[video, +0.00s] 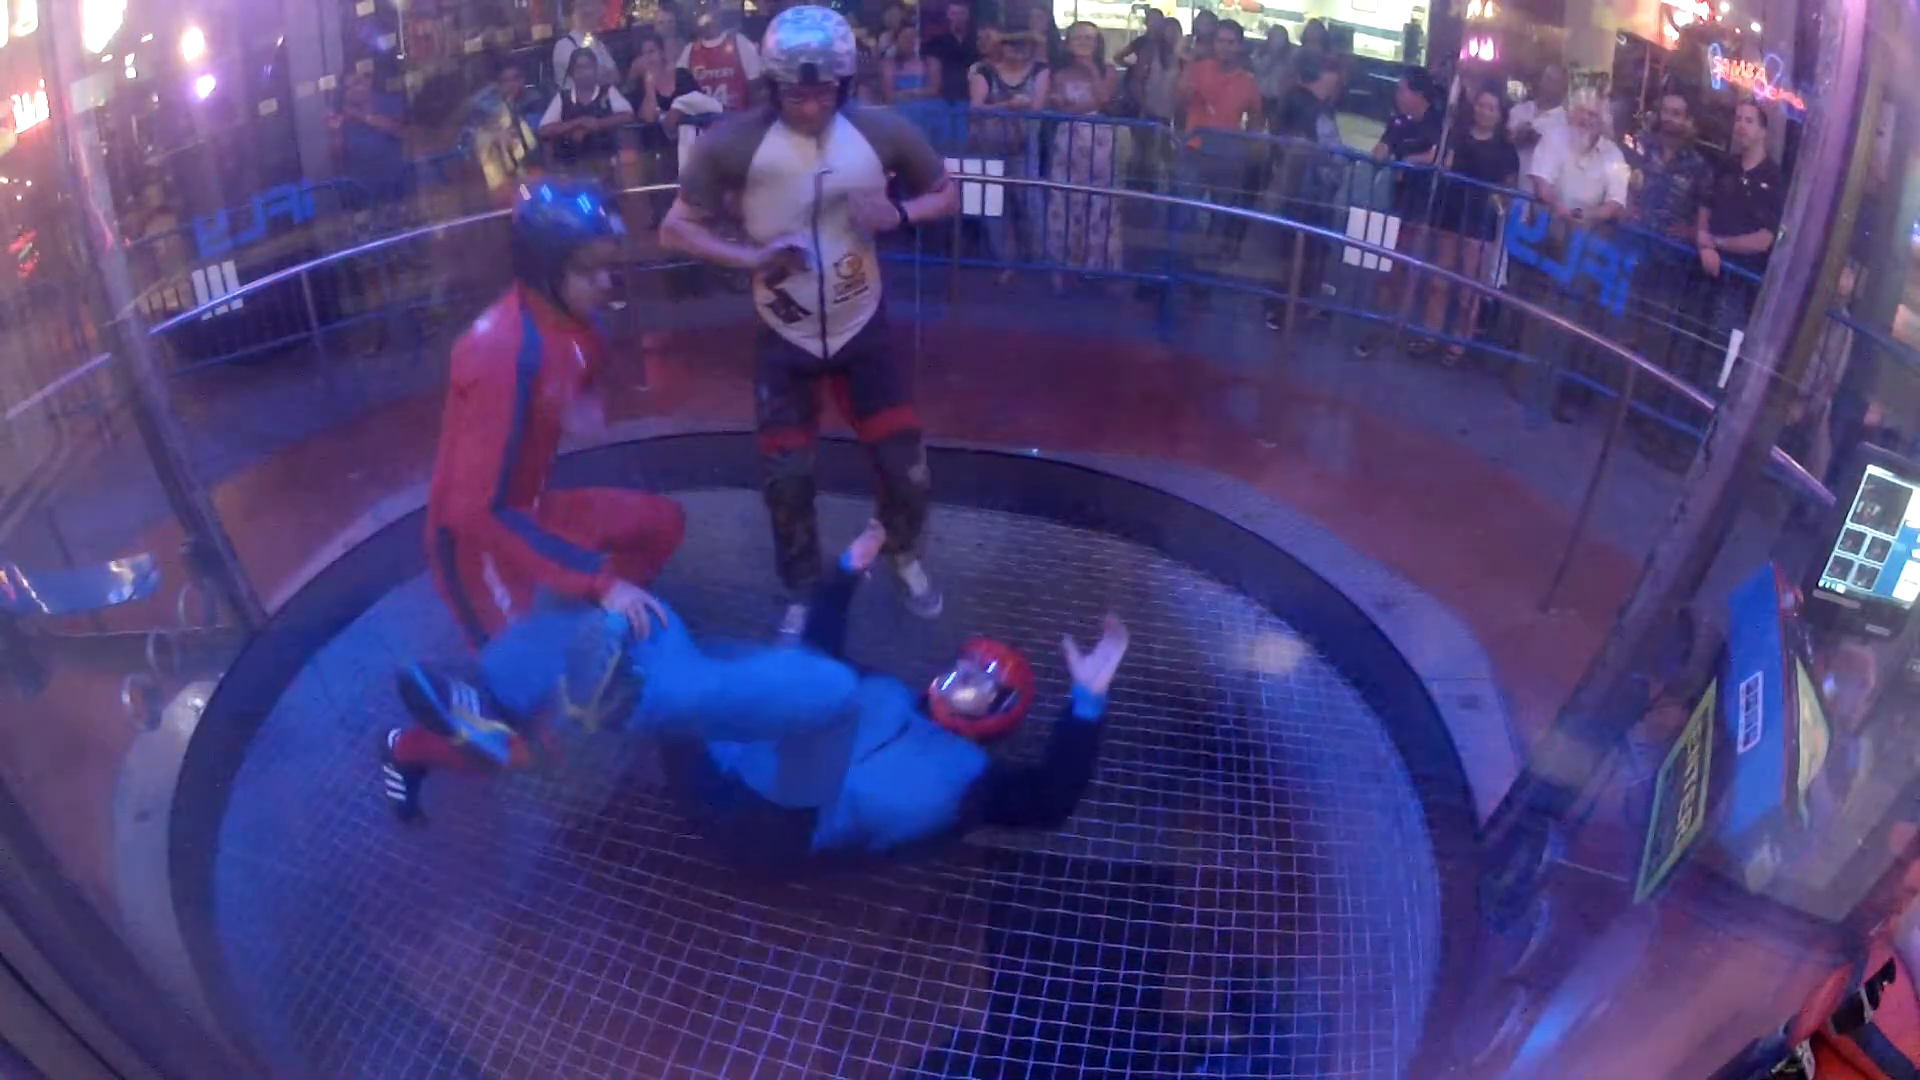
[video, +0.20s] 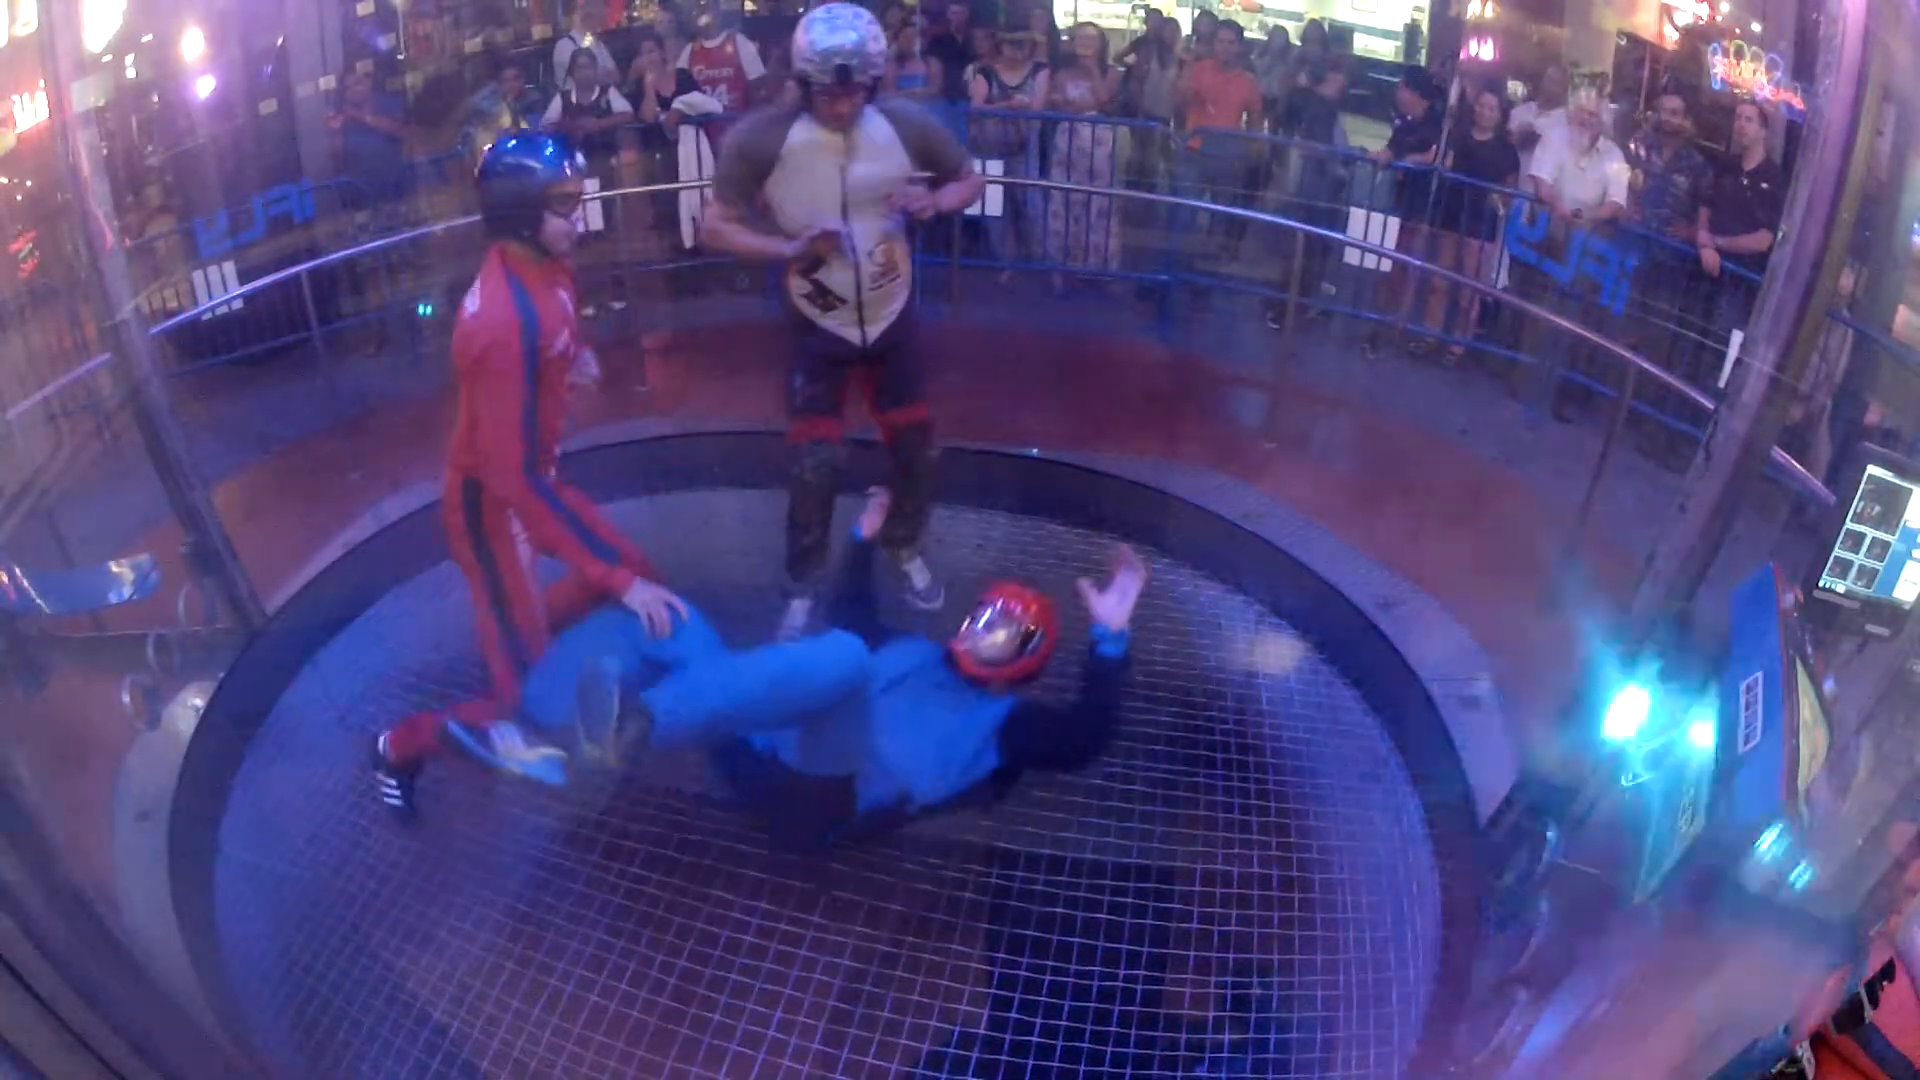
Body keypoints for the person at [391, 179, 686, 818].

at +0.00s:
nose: (607, 283)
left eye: (610, 268)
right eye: (592, 271)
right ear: (547, 269)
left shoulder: (566, 323)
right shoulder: (503, 353)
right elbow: (474, 513)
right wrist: (601, 585)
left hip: (532, 506)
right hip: (476, 542)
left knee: (660, 521)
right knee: (534, 727)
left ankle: (579, 652)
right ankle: (404, 750)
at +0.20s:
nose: (578, 221)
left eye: (578, 205)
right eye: (564, 210)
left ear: (530, 212)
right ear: (520, 216)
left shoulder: (548, 271)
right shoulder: (501, 319)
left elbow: (543, 346)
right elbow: (511, 478)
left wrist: (572, 361)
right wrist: (620, 581)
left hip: (536, 474)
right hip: (485, 503)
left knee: (632, 579)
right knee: (526, 698)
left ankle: (514, 634)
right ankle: (398, 747)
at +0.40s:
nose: (598, 211)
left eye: (597, 197)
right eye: (584, 201)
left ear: (549, 206)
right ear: (540, 210)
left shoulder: (547, 255)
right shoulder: (523, 310)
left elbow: (545, 306)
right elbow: (537, 473)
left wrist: (584, 308)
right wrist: (643, 573)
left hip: (540, 457)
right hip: (492, 488)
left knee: (623, 554)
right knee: (564, 672)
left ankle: (544, 628)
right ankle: (425, 716)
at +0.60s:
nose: (630, 211)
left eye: (627, 196)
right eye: (616, 201)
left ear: (567, 206)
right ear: (575, 214)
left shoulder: (541, 243)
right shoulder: (548, 315)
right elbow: (590, 484)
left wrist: (592, 301)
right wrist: (705, 579)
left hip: (525, 445)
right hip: (483, 475)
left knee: (615, 534)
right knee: (602, 628)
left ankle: (539, 616)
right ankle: (517, 784)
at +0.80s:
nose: (641, 219)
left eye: (638, 206)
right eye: (630, 212)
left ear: (554, 206)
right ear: (593, 226)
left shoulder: (524, 233)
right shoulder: (565, 332)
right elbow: (634, 486)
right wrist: (756, 562)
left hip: (494, 457)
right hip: (463, 486)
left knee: (577, 567)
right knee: (569, 681)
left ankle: (515, 653)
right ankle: (551, 873)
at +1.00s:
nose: (624, 202)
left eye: (620, 188)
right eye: (617, 191)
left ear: (530, 184)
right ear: (594, 207)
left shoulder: (491, 222)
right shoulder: (571, 328)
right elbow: (636, 475)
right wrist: (752, 502)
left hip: (451, 464)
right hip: (445, 500)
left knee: (563, 561)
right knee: (566, 690)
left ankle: (506, 658)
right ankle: (551, 874)